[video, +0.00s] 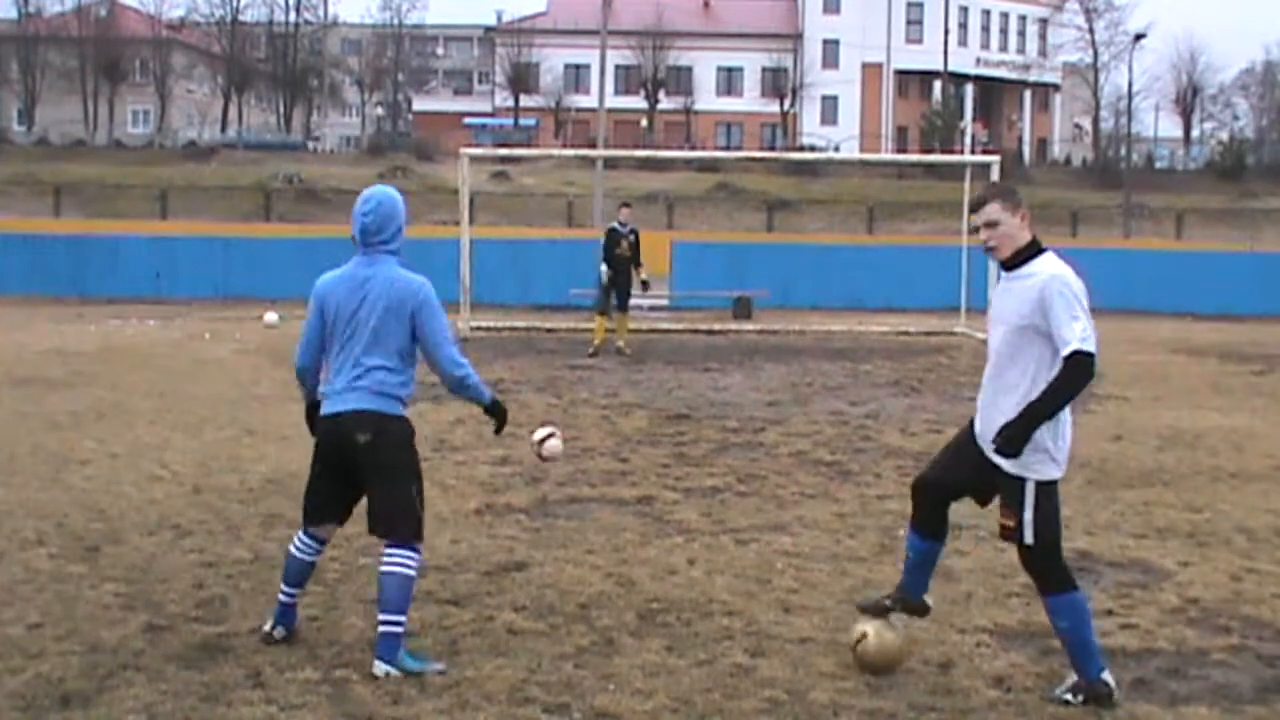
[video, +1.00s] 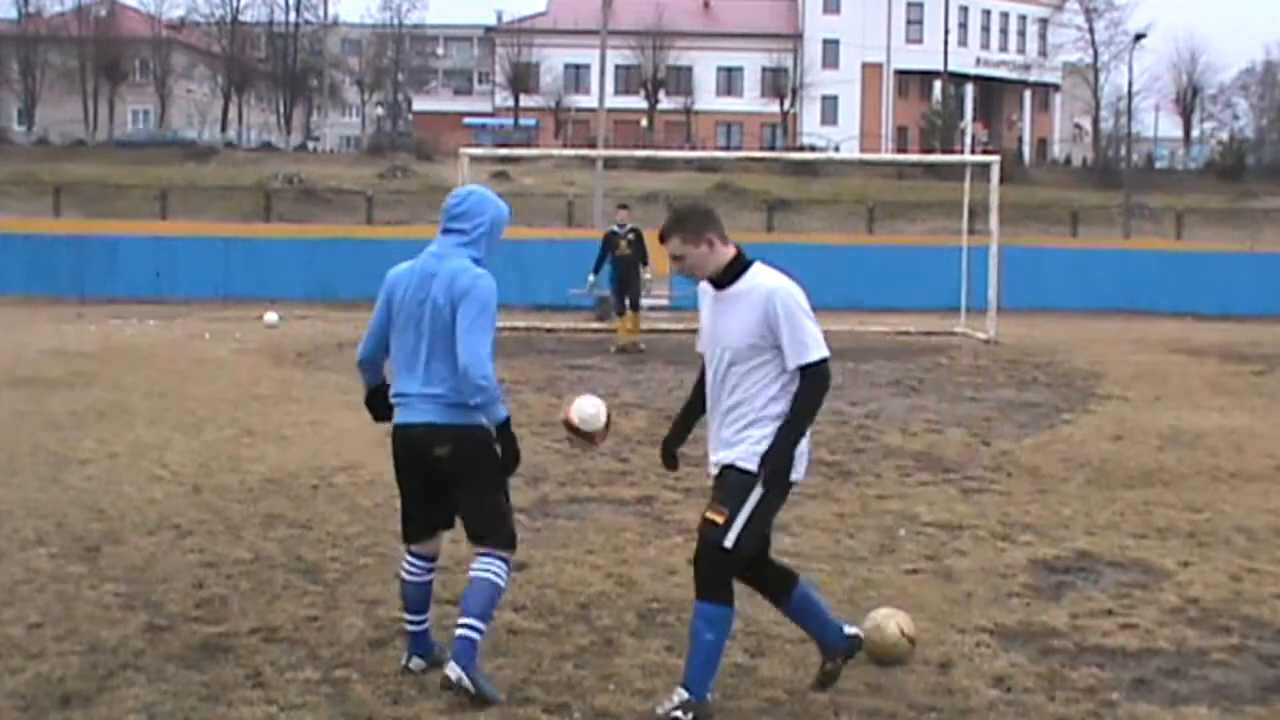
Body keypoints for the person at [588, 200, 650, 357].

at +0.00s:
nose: (626, 217)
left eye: (628, 213)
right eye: (623, 213)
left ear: (631, 215)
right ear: (618, 214)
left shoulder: (633, 233)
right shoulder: (611, 232)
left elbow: (636, 258)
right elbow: (605, 254)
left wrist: (643, 276)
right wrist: (605, 272)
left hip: (625, 274)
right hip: (609, 273)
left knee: (623, 309)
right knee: (602, 309)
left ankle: (620, 341)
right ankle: (597, 341)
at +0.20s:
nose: (628, 216)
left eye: (630, 213)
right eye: (625, 213)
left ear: (633, 215)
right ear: (620, 213)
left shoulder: (636, 233)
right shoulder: (612, 232)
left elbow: (639, 253)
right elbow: (609, 255)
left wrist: (640, 268)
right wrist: (619, 271)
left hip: (628, 274)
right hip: (612, 274)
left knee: (623, 308)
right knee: (607, 307)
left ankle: (621, 339)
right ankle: (606, 337)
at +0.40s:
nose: (626, 216)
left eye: (628, 213)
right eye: (624, 213)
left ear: (631, 215)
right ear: (619, 214)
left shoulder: (636, 233)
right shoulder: (610, 232)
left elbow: (640, 253)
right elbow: (607, 255)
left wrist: (643, 268)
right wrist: (617, 271)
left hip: (629, 274)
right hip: (613, 275)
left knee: (624, 308)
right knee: (614, 309)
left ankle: (622, 341)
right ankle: (616, 340)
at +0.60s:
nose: (622, 218)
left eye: (625, 215)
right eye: (619, 214)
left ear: (629, 216)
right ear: (615, 216)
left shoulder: (634, 233)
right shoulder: (608, 234)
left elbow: (640, 253)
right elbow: (604, 254)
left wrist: (643, 269)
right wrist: (604, 271)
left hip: (628, 273)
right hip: (613, 273)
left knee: (625, 306)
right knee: (617, 307)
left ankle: (623, 339)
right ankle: (620, 339)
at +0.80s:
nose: (620, 218)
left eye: (623, 215)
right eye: (618, 215)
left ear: (628, 216)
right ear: (614, 216)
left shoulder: (634, 233)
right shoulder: (608, 235)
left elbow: (640, 252)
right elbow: (600, 255)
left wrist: (642, 268)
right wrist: (593, 272)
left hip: (631, 273)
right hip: (615, 273)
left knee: (629, 306)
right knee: (618, 307)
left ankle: (627, 338)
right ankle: (620, 338)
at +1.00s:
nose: (621, 219)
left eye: (624, 215)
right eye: (619, 215)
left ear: (629, 216)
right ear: (615, 217)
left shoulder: (635, 233)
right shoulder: (610, 235)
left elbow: (642, 251)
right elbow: (602, 256)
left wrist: (646, 268)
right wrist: (594, 273)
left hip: (633, 273)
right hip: (617, 274)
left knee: (634, 306)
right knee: (619, 308)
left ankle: (635, 338)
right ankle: (622, 339)